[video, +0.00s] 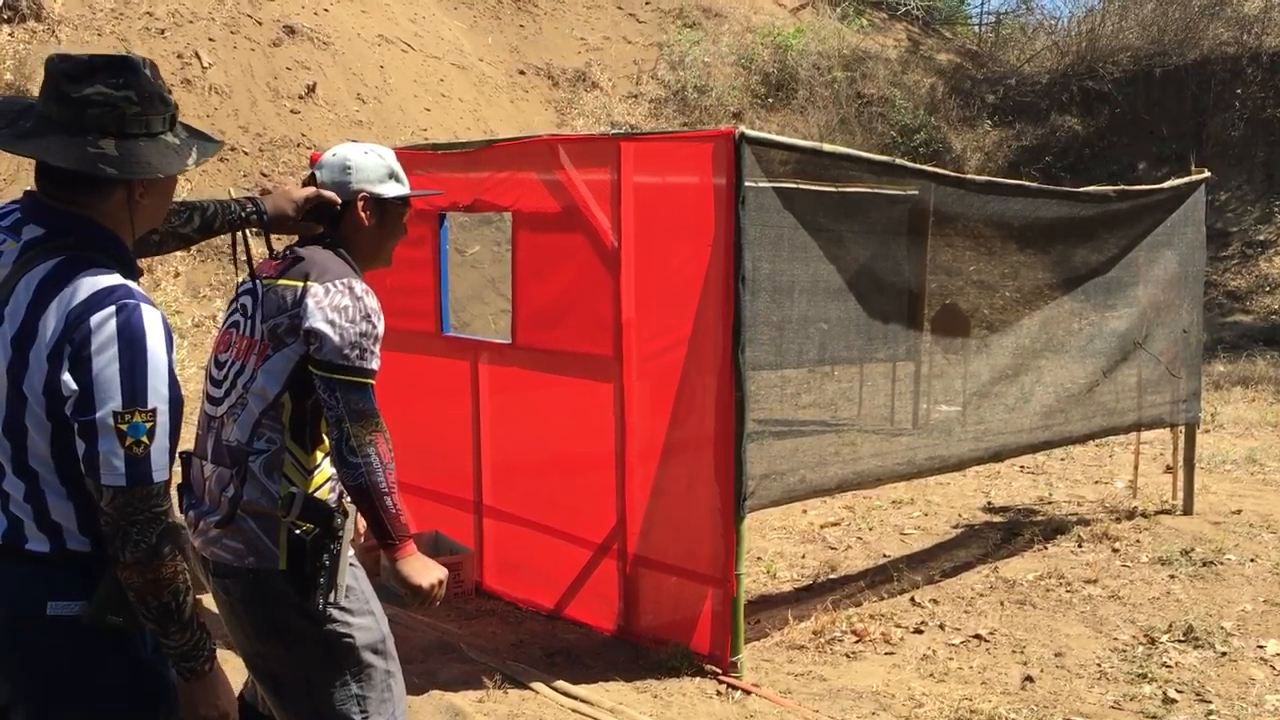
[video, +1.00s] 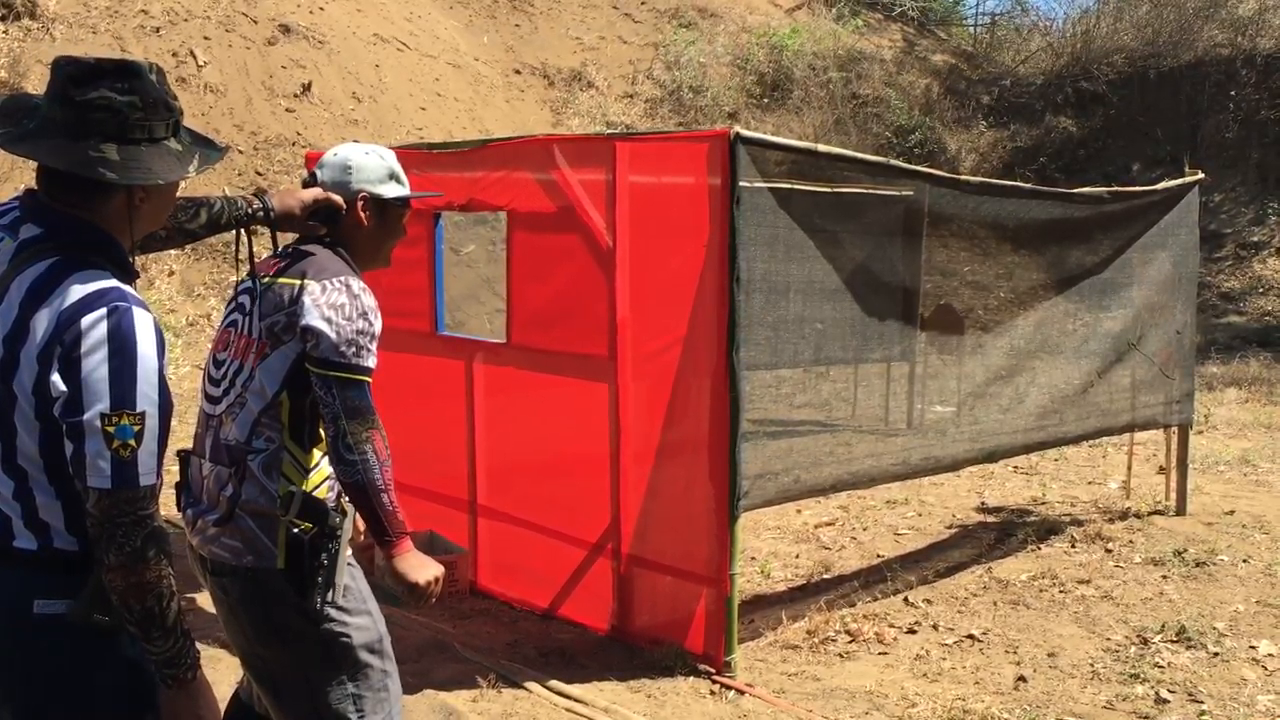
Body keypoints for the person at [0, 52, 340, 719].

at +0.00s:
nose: (178, 184)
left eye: (179, 169)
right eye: (172, 170)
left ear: (50, 163)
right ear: (137, 186)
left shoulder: (11, 231)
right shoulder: (116, 317)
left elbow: (138, 227)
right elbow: (140, 528)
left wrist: (260, 208)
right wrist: (199, 669)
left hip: (13, 573)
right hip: (80, 606)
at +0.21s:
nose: (182, 191)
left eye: (184, 176)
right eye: (176, 177)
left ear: (53, 168)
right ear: (140, 195)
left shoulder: (16, 231)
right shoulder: (119, 323)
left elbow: (141, 226)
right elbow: (135, 538)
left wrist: (264, 209)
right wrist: (190, 677)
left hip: (14, 574)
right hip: (77, 609)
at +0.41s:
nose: (183, 192)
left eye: (185, 178)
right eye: (177, 179)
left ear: (53, 168)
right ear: (139, 196)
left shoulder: (13, 232)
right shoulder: (118, 325)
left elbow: (142, 224)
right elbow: (133, 537)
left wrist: (266, 209)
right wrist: (190, 678)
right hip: (74, 608)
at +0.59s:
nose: (183, 191)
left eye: (184, 178)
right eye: (175, 179)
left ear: (53, 168)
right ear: (138, 195)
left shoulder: (15, 230)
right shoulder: (115, 324)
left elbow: (144, 223)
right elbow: (132, 536)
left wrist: (269, 208)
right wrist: (193, 678)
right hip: (70, 609)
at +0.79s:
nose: (182, 189)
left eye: (182, 176)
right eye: (174, 177)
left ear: (53, 167)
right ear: (134, 194)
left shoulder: (14, 228)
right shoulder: (113, 322)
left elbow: (146, 221)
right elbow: (128, 533)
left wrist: (272, 206)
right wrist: (187, 677)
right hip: (68, 607)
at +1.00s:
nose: (181, 188)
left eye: (181, 174)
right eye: (172, 175)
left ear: (51, 165)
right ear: (134, 191)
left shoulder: (13, 226)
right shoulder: (110, 320)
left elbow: (144, 219)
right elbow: (126, 534)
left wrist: (269, 206)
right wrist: (182, 676)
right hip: (64, 609)